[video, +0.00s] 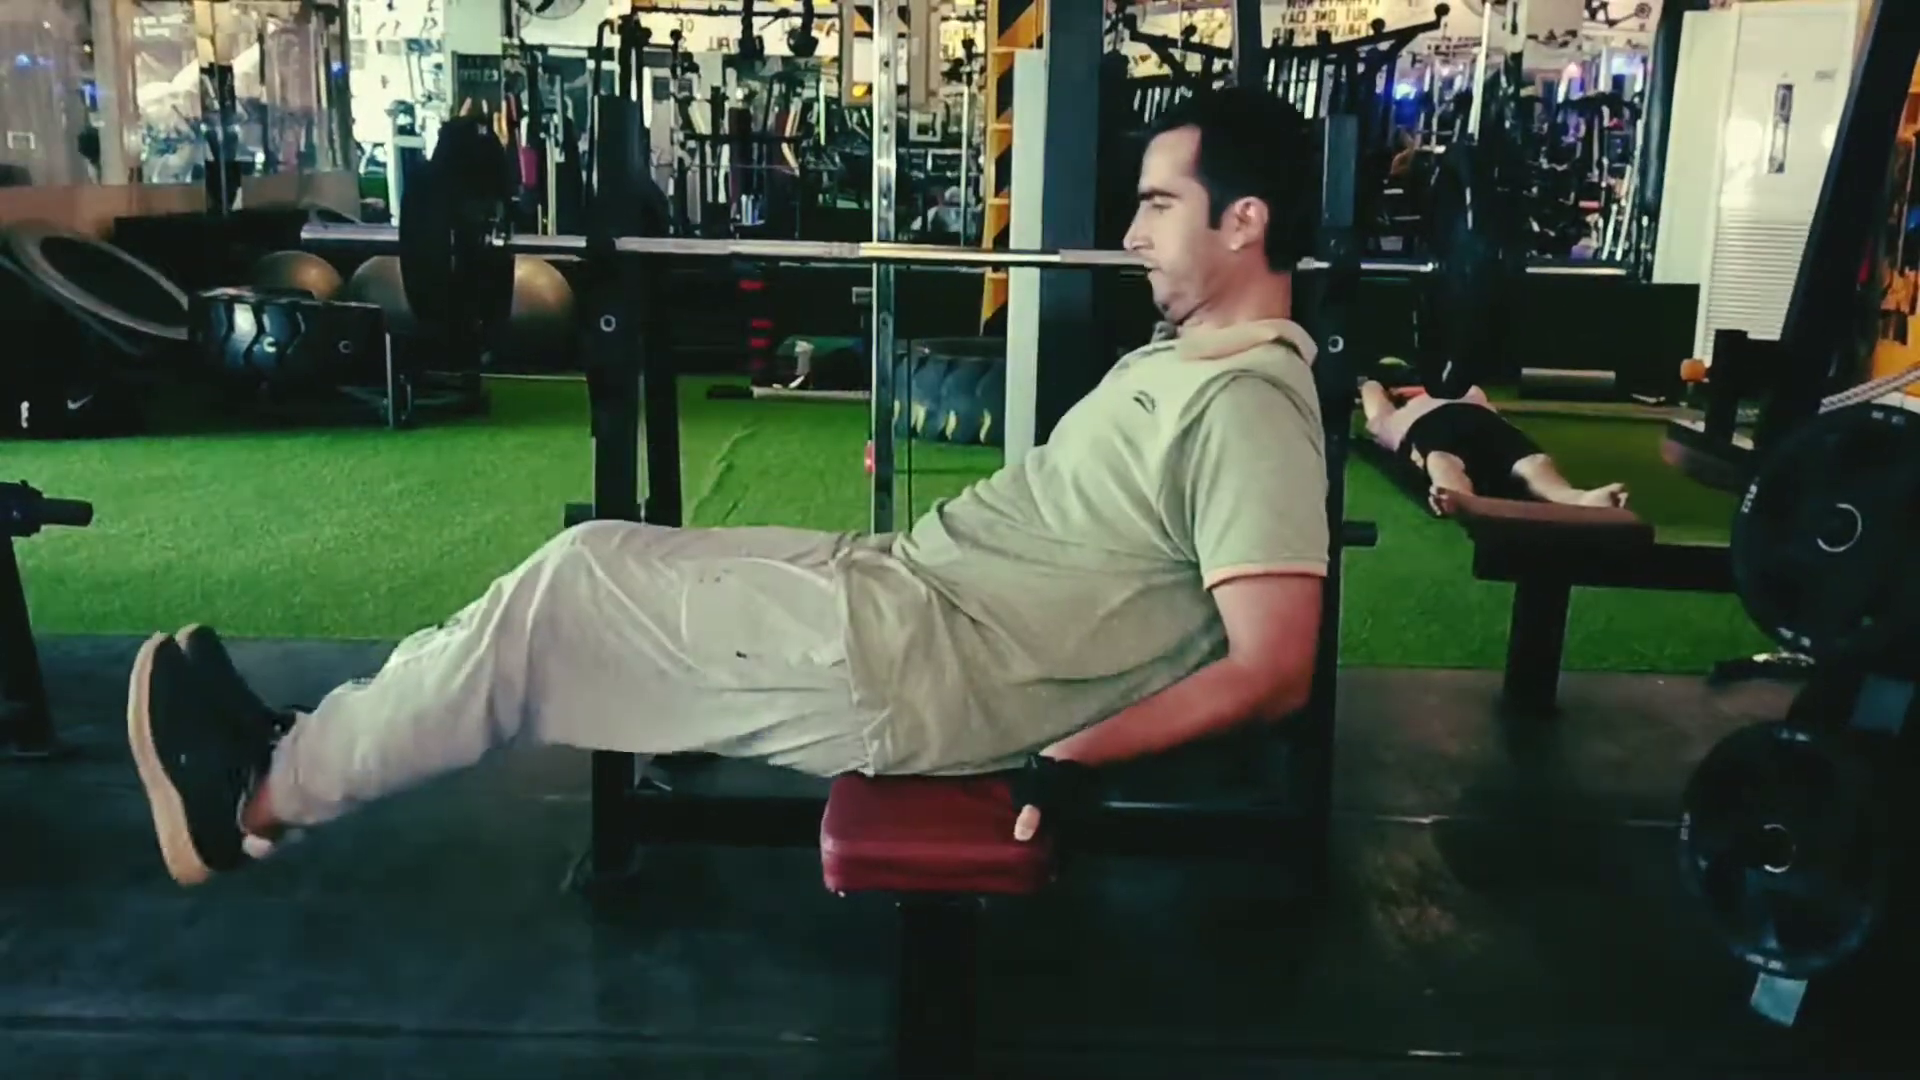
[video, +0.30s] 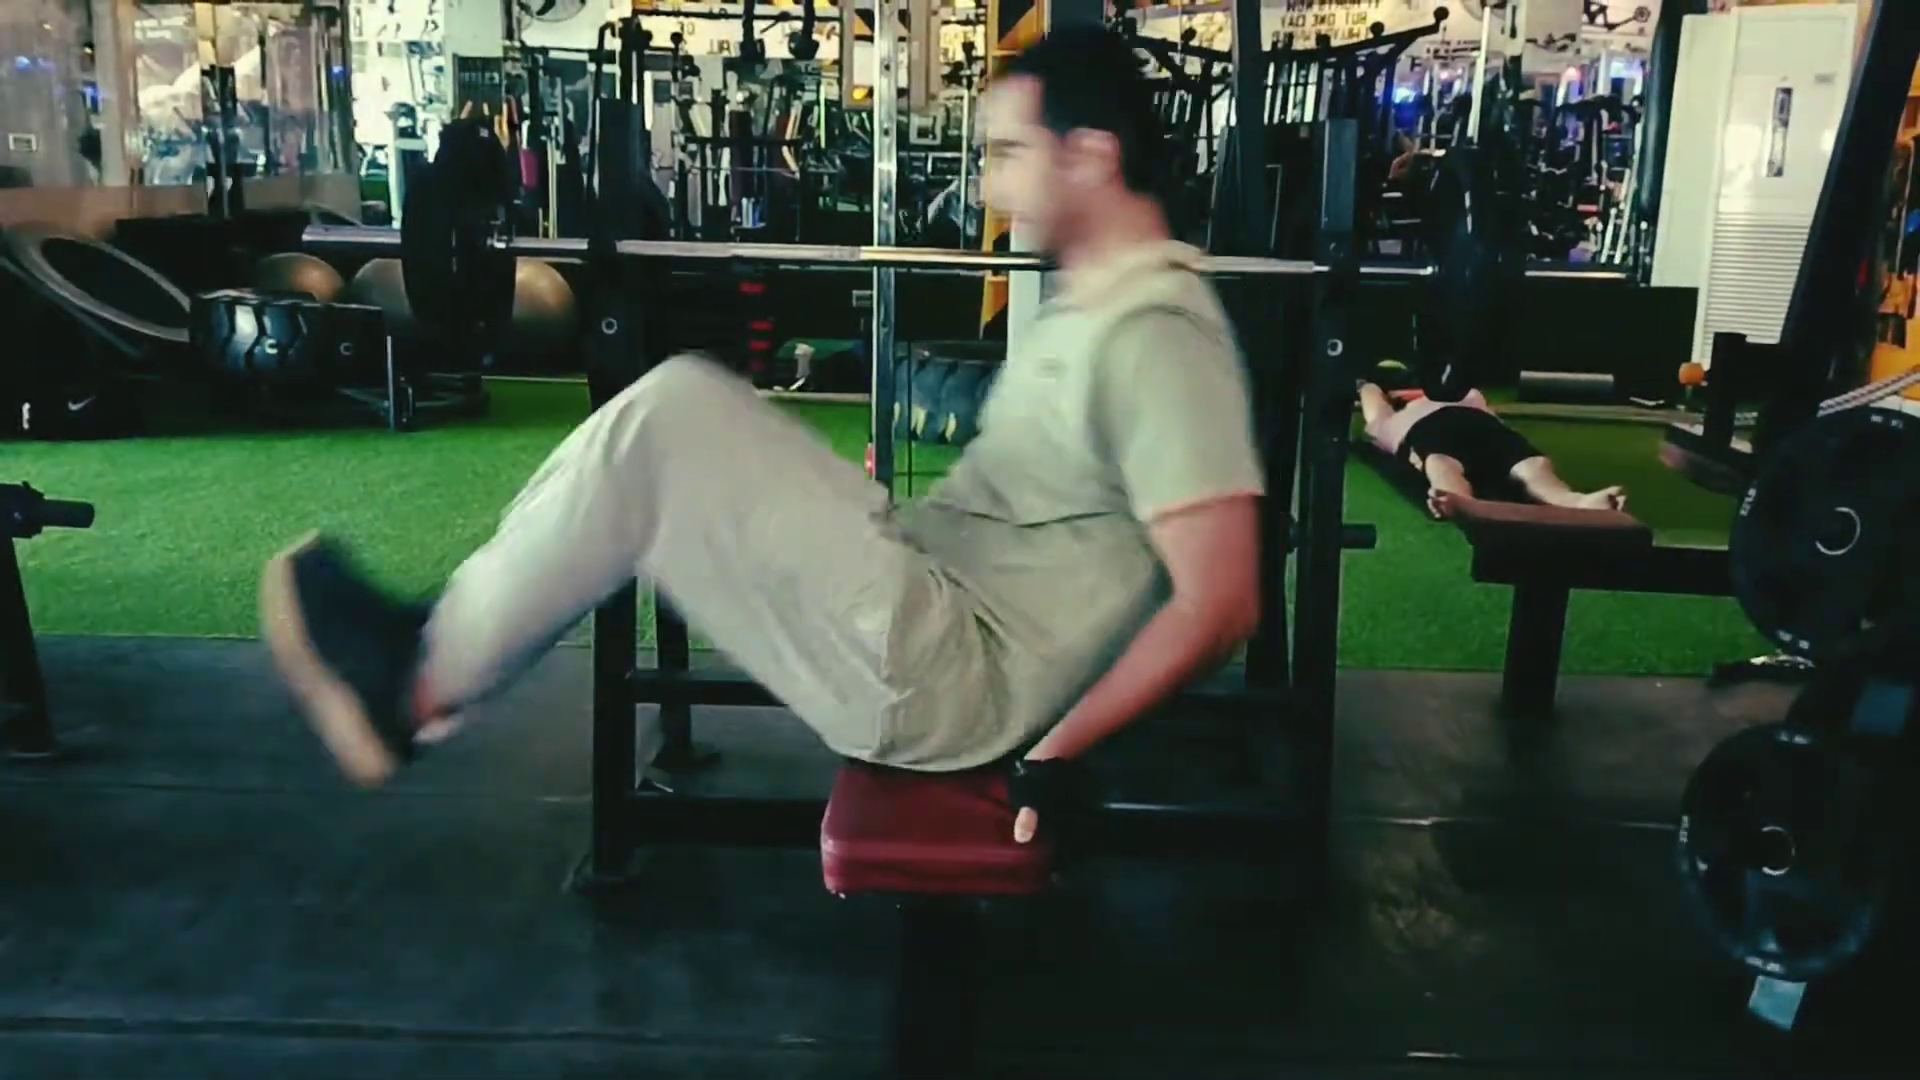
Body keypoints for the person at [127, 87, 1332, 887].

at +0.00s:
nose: (1137, 234)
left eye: (1161, 208)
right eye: (1141, 208)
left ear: (1249, 226)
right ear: (1229, 231)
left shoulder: (1252, 393)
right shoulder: (1191, 363)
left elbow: (1271, 667)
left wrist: (1058, 761)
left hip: (931, 661)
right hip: (903, 590)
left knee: (566, 603)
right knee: (587, 559)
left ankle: (250, 810)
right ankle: (287, 762)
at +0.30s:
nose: (987, 186)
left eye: (1006, 154)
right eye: (986, 156)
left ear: (1096, 159)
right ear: (1088, 160)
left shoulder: (1156, 325)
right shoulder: (1081, 296)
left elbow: (1220, 598)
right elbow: (1032, 502)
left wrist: (1044, 760)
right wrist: (894, 525)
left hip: (963, 684)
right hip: (933, 630)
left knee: (678, 409)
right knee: (677, 410)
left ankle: (421, 688)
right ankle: (428, 674)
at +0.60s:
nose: (892, 190)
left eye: (910, 156)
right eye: (889, 159)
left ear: (996, 160)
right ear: (988, 164)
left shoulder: (1068, 320)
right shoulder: (1020, 304)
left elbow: (1195, 580)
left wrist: (1037, 759)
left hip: (939, 693)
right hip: (921, 651)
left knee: (715, 371)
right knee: (716, 367)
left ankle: (472, 674)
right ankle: (482, 636)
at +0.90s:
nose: (1111, 242)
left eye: (1135, 214)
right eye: (1116, 215)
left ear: (1221, 230)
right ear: (1213, 236)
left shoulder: (1222, 392)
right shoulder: (1184, 364)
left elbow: (1272, 670)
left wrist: (1060, 768)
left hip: (910, 675)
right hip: (883, 607)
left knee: (542, 636)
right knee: (569, 591)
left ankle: (232, 849)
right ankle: (267, 804)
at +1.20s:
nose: (942, 205)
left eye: (959, 172)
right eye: (944, 175)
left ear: (1049, 172)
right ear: (1042, 176)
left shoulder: (1112, 336)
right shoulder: (1057, 318)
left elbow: (1211, 598)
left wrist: (1040, 769)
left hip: (945, 699)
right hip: (913, 650)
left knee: (654, 442)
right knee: (652, 437)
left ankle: (413, 731)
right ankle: (420, 712)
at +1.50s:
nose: (902, 218)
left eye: (919, 186)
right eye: (900, 190)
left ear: (1008, 185)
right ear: (998, 189)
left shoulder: (1076, 342)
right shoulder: (1029, 329)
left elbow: (1201, 602)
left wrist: (1036, 784)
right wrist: (879, 530)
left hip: (935, 712)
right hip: (912, 670)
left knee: (704, 394)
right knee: (698, 398)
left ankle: (460, 692)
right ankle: (467, 666)